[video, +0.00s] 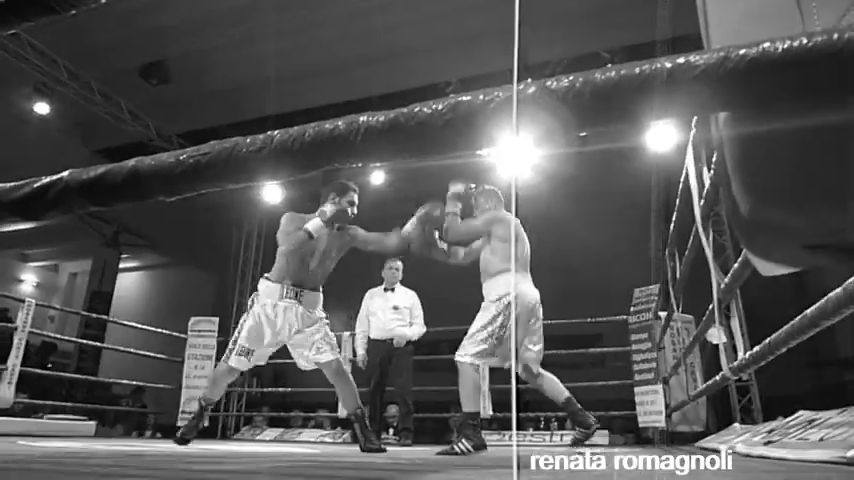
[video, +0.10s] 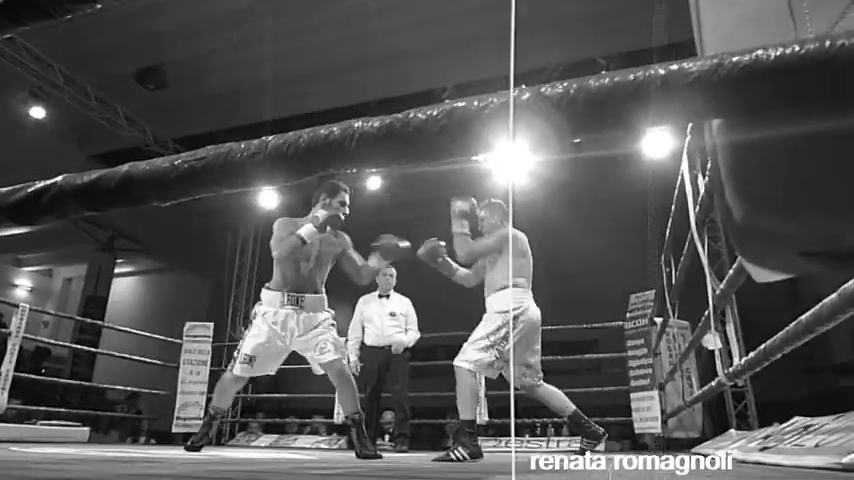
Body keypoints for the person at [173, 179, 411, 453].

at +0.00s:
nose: (353, 211)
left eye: (356, 206)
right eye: (349, 204)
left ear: (353, 209)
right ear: (329, 202)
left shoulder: (348, 235)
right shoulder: (293, 219)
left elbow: (388, 243)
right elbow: (287, 246)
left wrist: (410, 229)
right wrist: (323, 220)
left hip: (310, 311)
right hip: (271, 304)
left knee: (337, 370)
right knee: (231, 367)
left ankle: (364, 433)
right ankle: (198, 417)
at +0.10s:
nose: (346, 212)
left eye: (348, 207)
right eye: (342, 205)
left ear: (343, 210)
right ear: (321, 203)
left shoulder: (340, 240)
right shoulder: (286, 225)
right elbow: (279, 254)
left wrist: (381, 254)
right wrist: (313, 227)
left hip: (316, 316)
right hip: (275, 312)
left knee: (340, 371)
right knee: (237, 373)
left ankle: (360, 438)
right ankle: (208, 426)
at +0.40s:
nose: (334, 214)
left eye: (337, 209)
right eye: (330, 206)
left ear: (337, 213)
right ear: (315, 204)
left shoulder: (332, 240)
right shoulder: (285, 226)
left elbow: (344, 280)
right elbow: (292, 258)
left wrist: (353, 249)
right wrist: (322, 229)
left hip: (319, 313)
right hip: (280, 309)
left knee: (343, 373)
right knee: (252, 374)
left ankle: (340, 443)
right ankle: (220, 440)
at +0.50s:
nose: (319, 213)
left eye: (321, 209)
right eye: (315, 207)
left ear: (318, 214)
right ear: (296, 205)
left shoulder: (313, 245)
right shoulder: (267, 233)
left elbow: (323, 287)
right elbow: (280, 263)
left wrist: (340, 261)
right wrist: (312, 237)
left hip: (300, 317)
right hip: (264, 314)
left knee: (324, 373)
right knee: (236, 380)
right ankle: (207, 438)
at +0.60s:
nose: (323, 202)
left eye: (324, 197)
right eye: (317, 196)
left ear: (321, 200)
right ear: (299, 197)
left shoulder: (315, 235)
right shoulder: (270, 225)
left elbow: (325, 279)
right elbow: (282, 259)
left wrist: (343, 255)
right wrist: (315, 234)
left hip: (304, 310)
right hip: (269, 306)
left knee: (327, 366)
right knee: (240, 373)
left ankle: (299, 430)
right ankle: (212, 432)